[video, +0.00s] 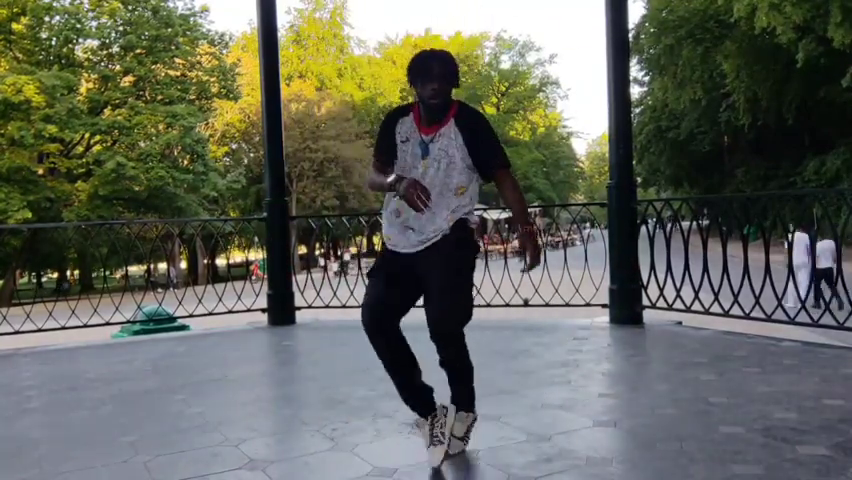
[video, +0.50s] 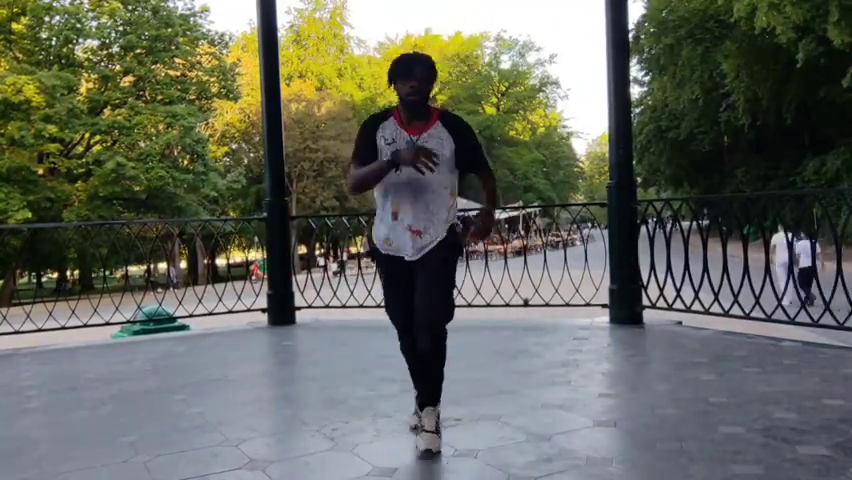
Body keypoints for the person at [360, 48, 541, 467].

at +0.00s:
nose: (435, 89)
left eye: (443, 81)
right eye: (426, 81)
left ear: (454, 84)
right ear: (412, 85)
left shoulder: (470, 122)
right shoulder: (395, 123)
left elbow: (503, 176)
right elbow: (374, 177)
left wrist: (526, 226)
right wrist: (399, 183)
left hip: (450, 242)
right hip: (402, 245)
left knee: (445, 330)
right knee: (376, 319)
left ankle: (463, 410)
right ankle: (429, 414)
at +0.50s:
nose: (414, 86)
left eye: (421, 80)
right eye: (406, 79)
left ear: (433, 85)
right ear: (393, 85)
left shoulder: (453, 127)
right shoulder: (375, 127)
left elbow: (485, 175)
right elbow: (355, 182)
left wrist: (489, 211)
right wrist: (395, 160)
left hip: (438, 241)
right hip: (390, 245)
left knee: (430, 326)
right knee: (407, 332)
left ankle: (431, 413)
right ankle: (424, 402)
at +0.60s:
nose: (417, 87)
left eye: (425, 81)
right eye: (410, 80)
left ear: (437, 83)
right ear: (396, 81)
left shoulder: (455, 124)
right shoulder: (376, 118)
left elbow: (497, 162)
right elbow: (346, 162)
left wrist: (471, 170)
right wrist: (391, 128)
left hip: (436, 240)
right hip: (387, 241)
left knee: (435, 322)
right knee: (397, 323)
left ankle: (437, 402)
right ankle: (413, 392)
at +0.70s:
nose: (423, 96)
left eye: (431, 89)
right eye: (415, 88)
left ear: (442, 94)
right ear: (401, 91)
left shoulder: (452, 136)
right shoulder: (380, 125)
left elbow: (501, 173)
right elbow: (329, 152)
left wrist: (465, 141)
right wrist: (366, 129)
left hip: (439, 252)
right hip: (390, 251)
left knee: (439, 332)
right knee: (394, 330)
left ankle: (430, 403)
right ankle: (395, 388)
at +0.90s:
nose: (414, 122)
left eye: (424, 114)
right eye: (405, 114)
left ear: (438, 117)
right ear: (393, 116)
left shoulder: (455, 148)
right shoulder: (370, 135)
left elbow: (508, 154)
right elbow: (306, 119)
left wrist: (474, 135)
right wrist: (335, 165)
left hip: (437, 266)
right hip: (387, 262)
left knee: (444, 346)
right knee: (392, 342)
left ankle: (425, 407)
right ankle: (377, 436)